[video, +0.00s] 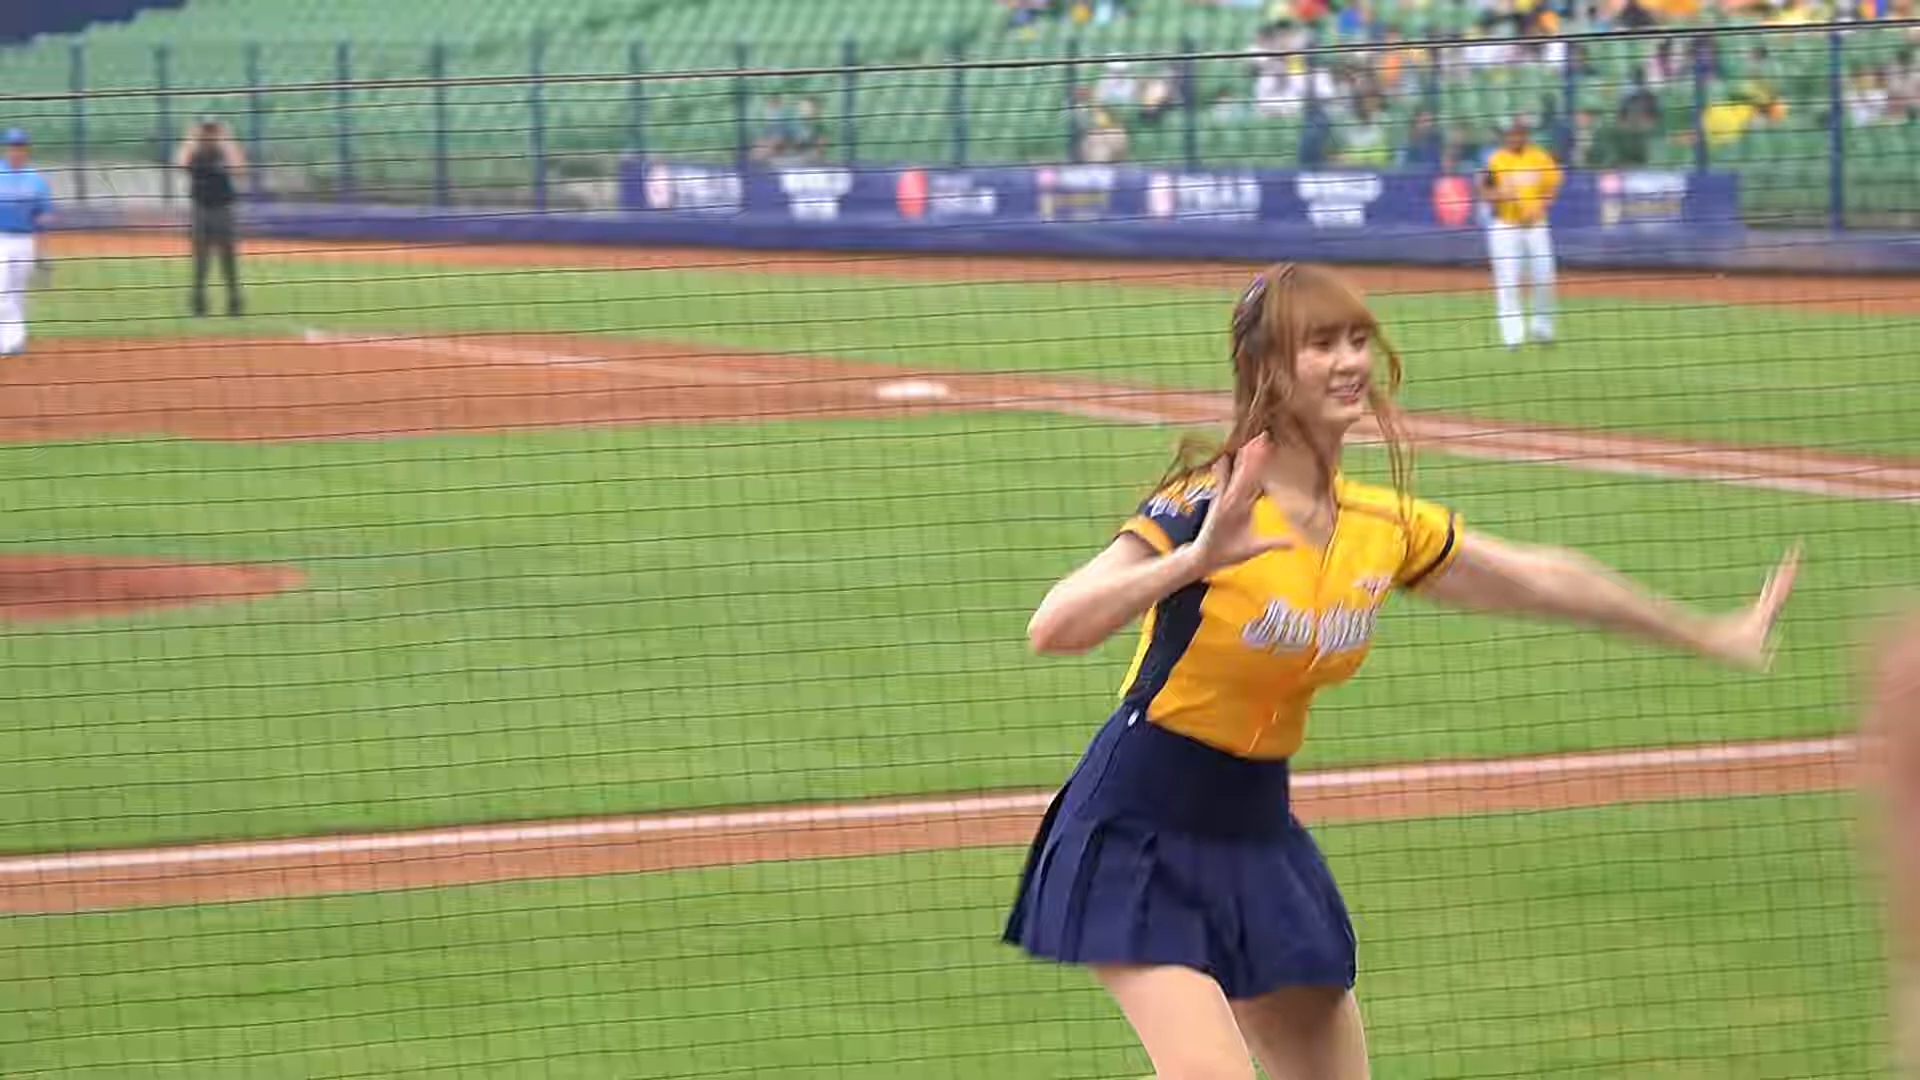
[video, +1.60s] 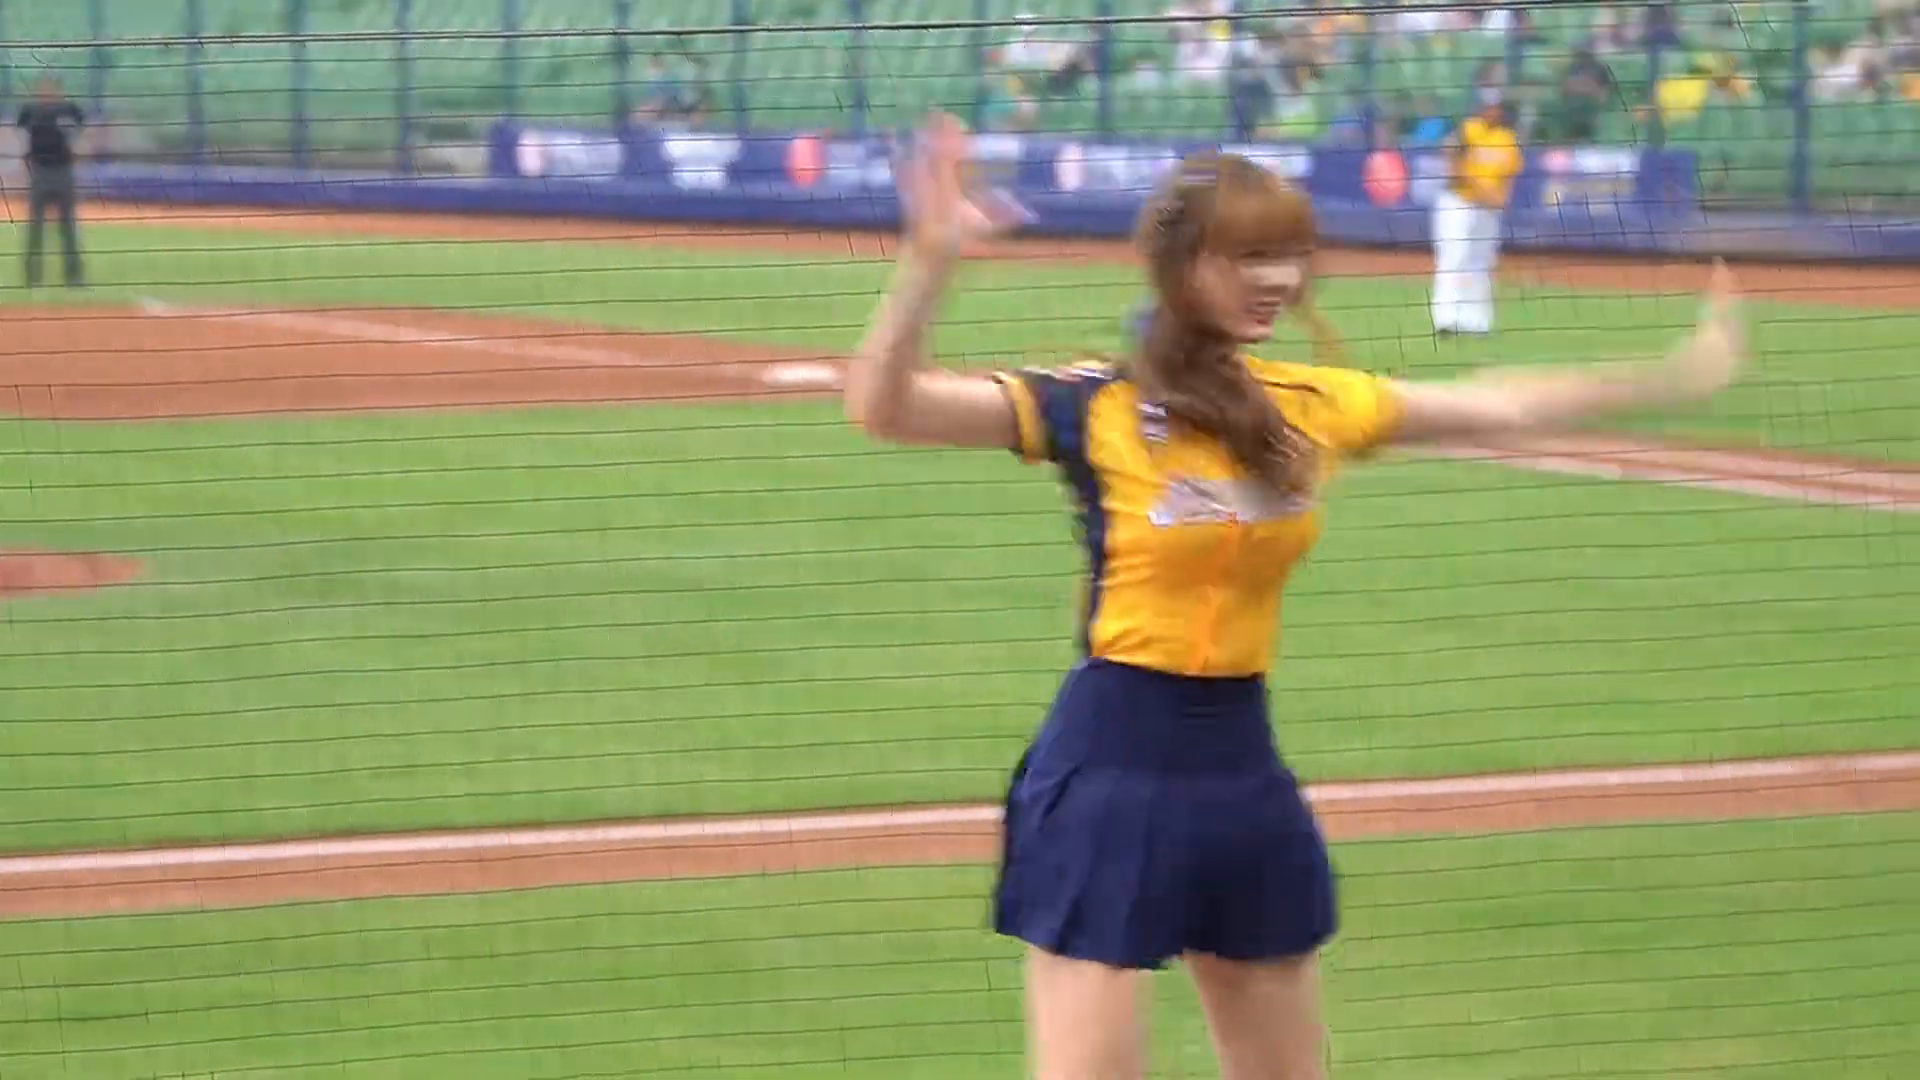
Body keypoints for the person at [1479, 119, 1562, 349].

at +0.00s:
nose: (1517, 140)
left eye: (1520, 134)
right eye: (1513, 135)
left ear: (1527, 136)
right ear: (1505, 137)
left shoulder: (1539, 158)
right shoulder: (1497, 161)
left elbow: (1555, 181)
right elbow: (1484, 190)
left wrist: (1540, 206)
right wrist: (1504, 195)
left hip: (1535, 224)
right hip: (1505, 226)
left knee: (1544, 276)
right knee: (1507, 280)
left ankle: (1542, 325)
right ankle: (1512, 331)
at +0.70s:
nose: (1546, 125)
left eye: (1550, 120)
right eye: (1541, 121)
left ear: (1558, 120)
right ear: (1535, 123)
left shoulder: (1571, 144)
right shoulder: (1527, 148)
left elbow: (1586, 169)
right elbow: (1515, 179)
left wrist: (1574, 193)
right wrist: (1536, 191)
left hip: (1566, 213)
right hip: (1535, 215)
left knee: (1572, 270)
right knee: (1538, 273)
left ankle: (1571, 322)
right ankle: (1542, 327)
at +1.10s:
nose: (1530, 118)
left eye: (1534, 113)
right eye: (1525, 113)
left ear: (1541, 114)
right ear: (1519, 115)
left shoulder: (1554, 139)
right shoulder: (1509, 138)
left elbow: (1567, 169)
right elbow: (1495, 172)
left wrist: (1552, 196)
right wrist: (1516, 194)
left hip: (1543, 210)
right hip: (1511, 210)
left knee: (1541, 270)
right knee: (1513, 269)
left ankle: (1541, 322)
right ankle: (1515, 325)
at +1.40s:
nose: (1513, 117)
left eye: (1518, 112)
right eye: (1509, 111)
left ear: (1526, 115)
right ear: (1501, 112)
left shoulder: (1529, 141)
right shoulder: (1489, 134)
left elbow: (1537, 171)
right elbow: (1470, 163)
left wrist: (1527, 199)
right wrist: (1483, 191)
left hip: (1515, 209)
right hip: (1484, 208)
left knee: (1508, 267)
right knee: (1483, 265)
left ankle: (1505, 322)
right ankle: (1477, 323)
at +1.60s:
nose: (1492, 113)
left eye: (1496, 108)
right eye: (1488, 107)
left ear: (1503, 111)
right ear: (1480, 109)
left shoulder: (1509, 139)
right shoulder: (1468, 131)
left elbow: (1511, 172)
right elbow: (1454, 169)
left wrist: (1502, 197)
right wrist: (1479, 190)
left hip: (1488, 207)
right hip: (1457, 203)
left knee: (1480, 263)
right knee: (1452, 259)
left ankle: (1475, 318)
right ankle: (1446, 317)